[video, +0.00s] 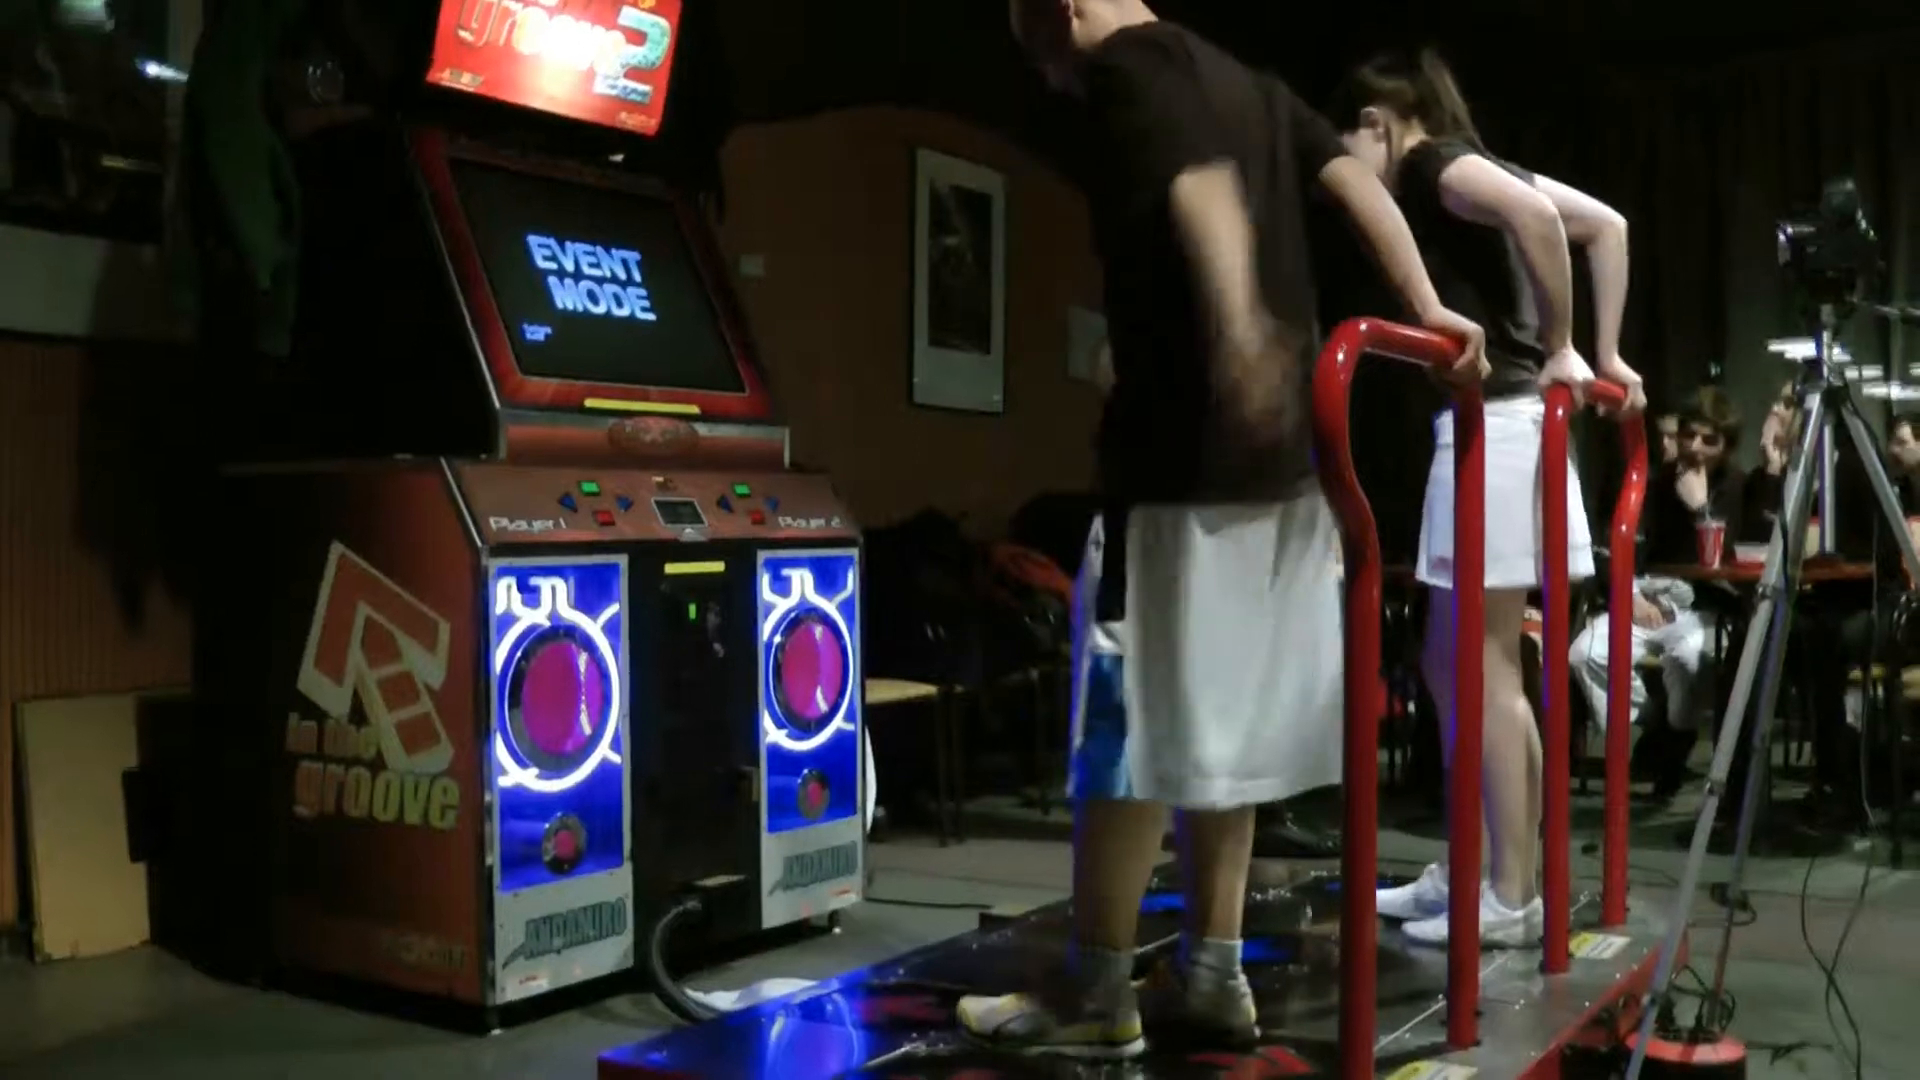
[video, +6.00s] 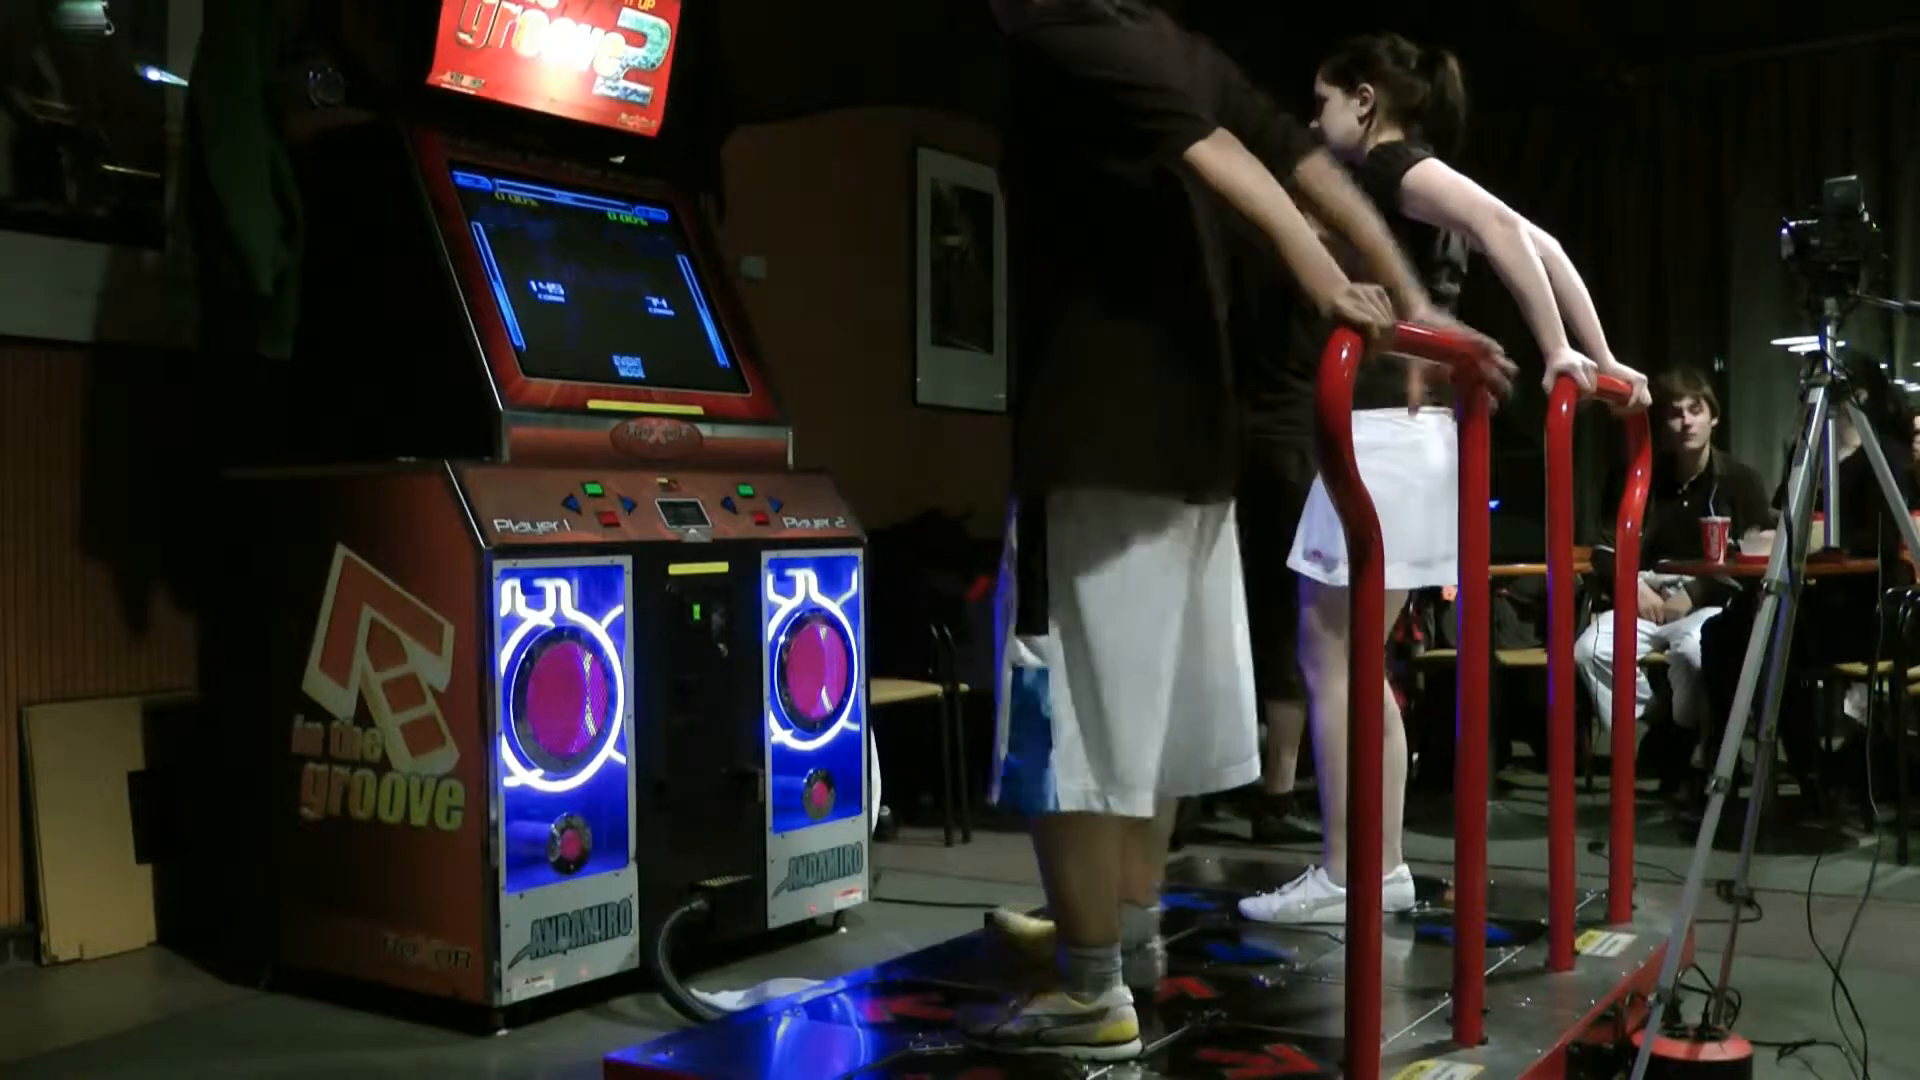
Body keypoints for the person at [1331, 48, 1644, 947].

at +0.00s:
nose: (1351, 163)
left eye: (1353, 145)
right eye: (1348, 147)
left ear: (1388, 125)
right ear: (1418, 121)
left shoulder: (1439, 170)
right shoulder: (1482, 169)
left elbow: (1538, 214)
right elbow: (1608, 224)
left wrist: (1562, 347)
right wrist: (1610, 351)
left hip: (1496, 435)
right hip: (1511, 431)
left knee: (1488, 665)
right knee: (1490, 661)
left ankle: (1512, 893)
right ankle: (1495, 877)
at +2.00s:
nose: (1304, 138)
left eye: (1312, 120)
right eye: (1305, 122)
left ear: (1357, 115)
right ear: (1374, 119)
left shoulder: (1386, 178)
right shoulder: (1418, 182)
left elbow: (1498, 235)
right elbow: (1544, 248)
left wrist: (1555, 356)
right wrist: (1599, 357)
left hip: (1410, 447)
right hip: (1424, 445)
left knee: (1389, 668)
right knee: (1388, 667)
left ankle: (1442, 883)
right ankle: (1396, 875)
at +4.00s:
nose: (1310, 155)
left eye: (1317, 134)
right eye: (1303, 141)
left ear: (1372, 118)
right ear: (1372, 127)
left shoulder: (1413, 176)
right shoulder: (1428, 191)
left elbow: (1516, 232)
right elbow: (1555, 257)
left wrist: (1560, 353)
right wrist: (1600, 358)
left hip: (1410, 452)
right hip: (1440, 452)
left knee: (1342, 659)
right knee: (1405, 673)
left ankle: (1347, 870)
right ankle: (1408, 867)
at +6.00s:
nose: (1318, 122)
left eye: (1326, 104)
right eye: (1318, 107)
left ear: (1369, 100)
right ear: (1395, 106)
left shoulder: (1385, 165)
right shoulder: (1415, 173)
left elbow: (1505, 230)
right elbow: (1546, 250)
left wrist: (1557, 351)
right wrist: (1603, 358)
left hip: (1374, 443)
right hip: (1415, 444)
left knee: (1327, 656)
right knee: (1362, 662)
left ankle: (1340, 874)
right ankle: (1386, 871)